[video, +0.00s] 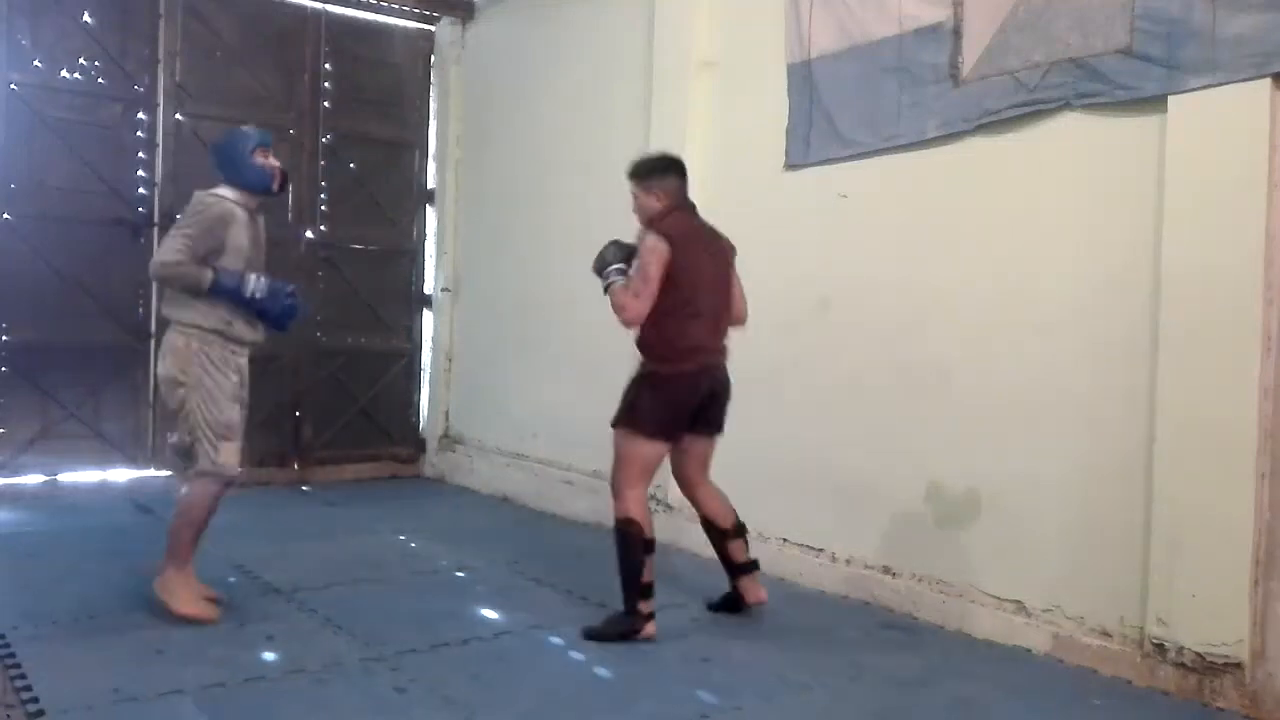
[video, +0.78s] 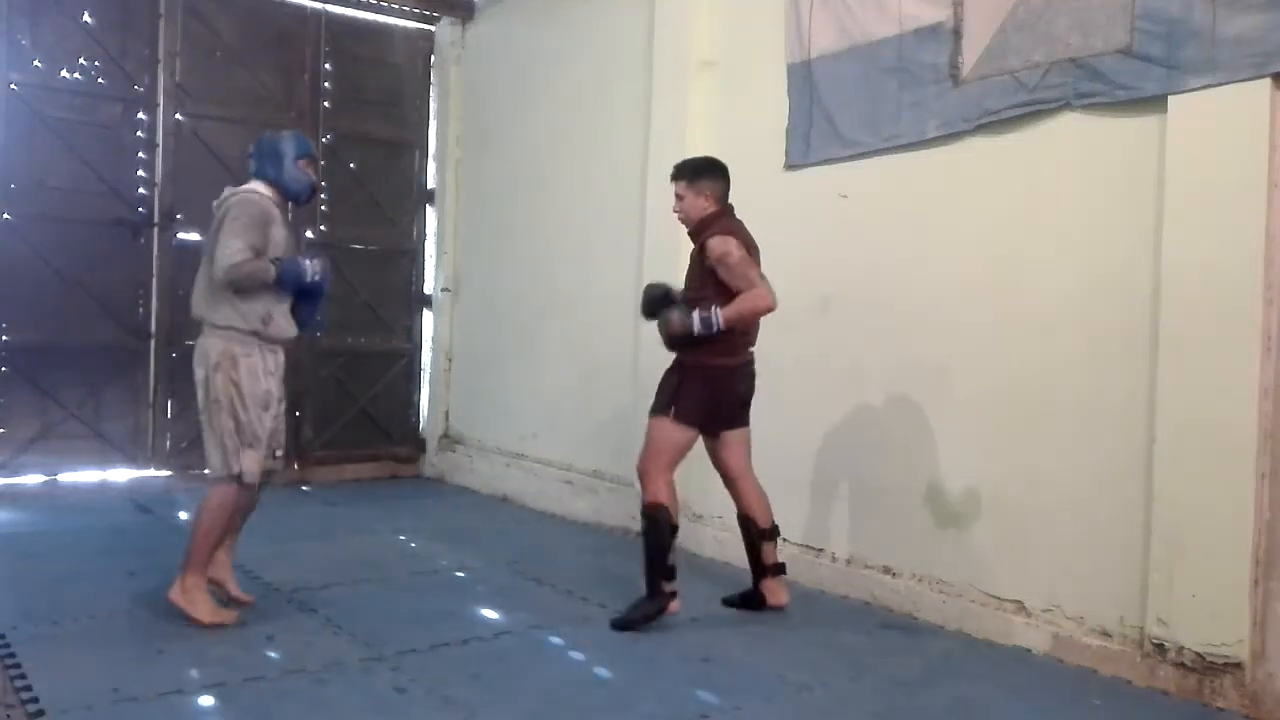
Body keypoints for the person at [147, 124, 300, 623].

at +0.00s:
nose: (276, 163)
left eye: (273, 154)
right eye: (264, 155)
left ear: (255, 163)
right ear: (240, 162)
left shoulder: (251, 218)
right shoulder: (216, 206)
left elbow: (235, 282)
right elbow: (165, 262)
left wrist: (268, 304)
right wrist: (238, 284)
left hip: (228, 349)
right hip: (199, 346)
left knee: (220, 467)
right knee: (215, 466)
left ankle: (181, 571)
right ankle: (173, 575)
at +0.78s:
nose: (313, 171)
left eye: (313, 163)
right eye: (304, 162)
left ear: (286, 168)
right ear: (277, 163)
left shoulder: (276, 215)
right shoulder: (251, 203)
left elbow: (263, 298)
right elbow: (232, 268)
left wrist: (300, 294)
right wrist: (292, 271)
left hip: (260, 351)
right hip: (233, 350)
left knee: (254, 471)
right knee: (236, 474)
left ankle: (218, 565)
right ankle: (189, 582)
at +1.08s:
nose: (336, 215)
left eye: (339, 206)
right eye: (330, 203)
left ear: (306, 203)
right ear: (304, 200)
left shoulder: (288, 246)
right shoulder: (269, 241)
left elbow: (270, 319)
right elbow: (246, 312)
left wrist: (318, 342)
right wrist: (309, 314)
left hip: (271, 379)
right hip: (263, 380)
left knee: (260, 482)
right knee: (309, 480)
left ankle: (204, 572)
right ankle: (239, 578)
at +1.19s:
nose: (355, 208)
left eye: (357, 199)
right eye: (350, 196)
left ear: (332, 196)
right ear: (325, 193)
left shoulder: (314, 240)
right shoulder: (283, 226)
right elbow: (250, 289)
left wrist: (342, 304)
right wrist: (317, 286)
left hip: (297, 363)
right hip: (278, 364)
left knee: (265, 473)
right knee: (319, 474)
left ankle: (207, 567)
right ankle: (298, 583)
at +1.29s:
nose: (367, 214)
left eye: (369, 206)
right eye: (361, 203)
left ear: (352, 204)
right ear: (336, 199)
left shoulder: (328, 241)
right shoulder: (298, 227)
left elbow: (313, 313)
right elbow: (285, 291)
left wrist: (351, 333)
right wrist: (344, 259)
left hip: (311, 372)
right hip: (299, 373)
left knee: (281, 478)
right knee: (338, 482)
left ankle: (216, 563)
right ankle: (318, 591)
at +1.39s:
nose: (379, 225)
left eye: (383, 217)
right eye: (374, 213)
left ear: (362, 215)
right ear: (352, 208)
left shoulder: (338, 252)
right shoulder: (309, 246)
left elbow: (335, 322)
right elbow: (327, 309)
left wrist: (371, 344)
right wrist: (373, 271)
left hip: (334, 381)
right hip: (314, 382)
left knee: (323, 491)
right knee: (341, 488)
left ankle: (254, 548)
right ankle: (320, 594)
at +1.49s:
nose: (398, 219)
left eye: (401, 209)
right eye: (393, 207)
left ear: (385, 206)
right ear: (369, 203)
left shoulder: (366, 245)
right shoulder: (330, 238)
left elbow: (357, 305)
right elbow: (333, 307)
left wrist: (383, 332)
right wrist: (386, 278)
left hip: (359, 373)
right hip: (324, 373)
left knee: (373, 476)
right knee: (336, 485)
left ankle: (309, 544)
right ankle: (318, 591)